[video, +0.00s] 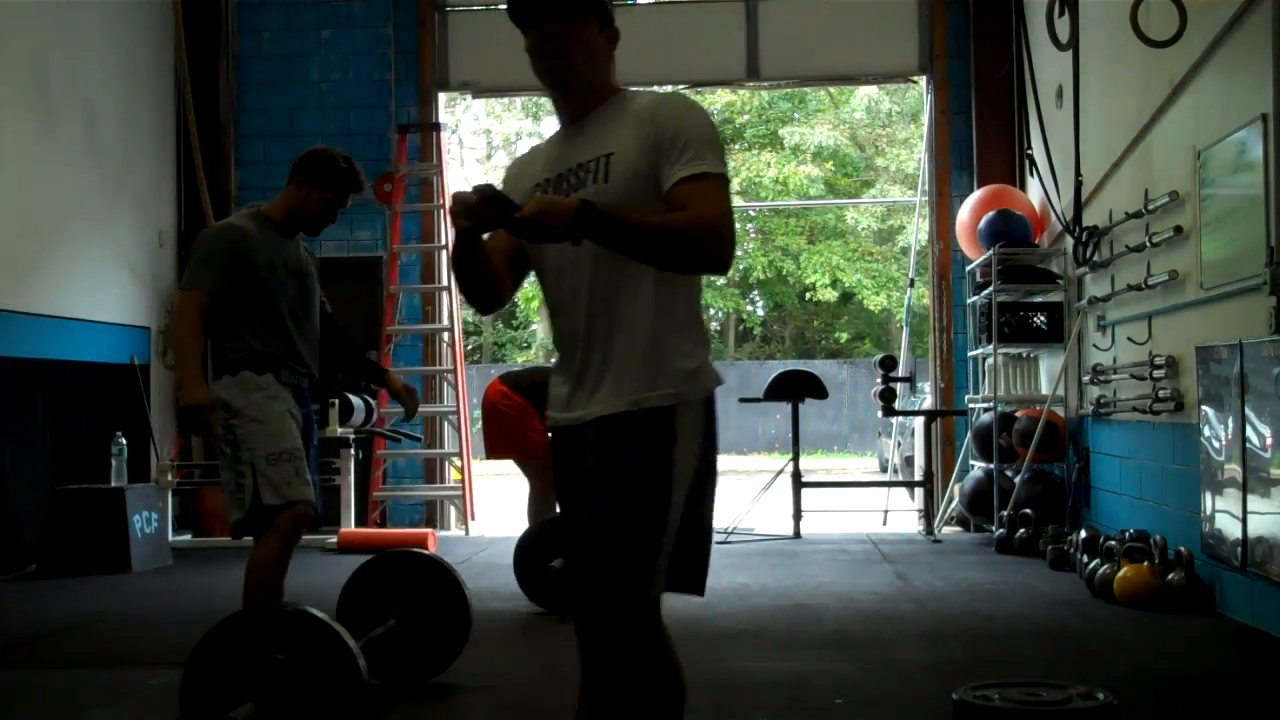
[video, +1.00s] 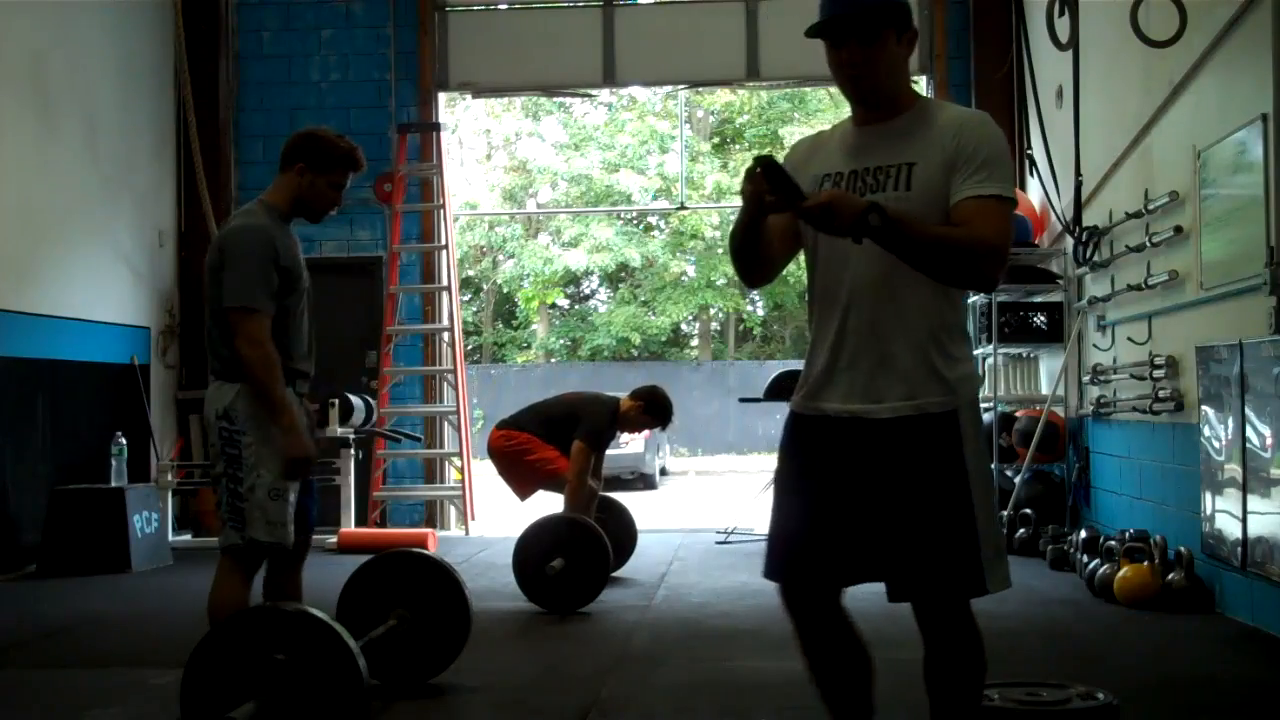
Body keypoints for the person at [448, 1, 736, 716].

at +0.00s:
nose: (546, 47)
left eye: (563, 29)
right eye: (534, 36)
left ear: (609, 35)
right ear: (526, 48)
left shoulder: (668, 117)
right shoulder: (528, 172)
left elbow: (713, 244)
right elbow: (489, 296)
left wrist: (582, 218)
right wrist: (465, 236)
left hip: (660, 399)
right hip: (576, 408)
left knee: (625, 613)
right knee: (602, 616)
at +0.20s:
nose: (600, 49)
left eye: (616, 31)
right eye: (588, 38)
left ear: (660, 36)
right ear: (581, 51)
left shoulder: (720, 118)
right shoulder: (583, 171)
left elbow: (764, 242)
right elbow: (541, 290)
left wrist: (635, 221)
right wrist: (525, 240)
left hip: (715, 396)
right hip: (628, 405)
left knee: (702, 613)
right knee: (651, 618)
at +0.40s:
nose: (674, 44)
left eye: (691, 27)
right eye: (662, 32)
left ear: (732, 37)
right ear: (652, 49)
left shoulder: (790, 129)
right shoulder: (644, 169)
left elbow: (826, 257)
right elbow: (595, 289)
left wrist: (705, 234)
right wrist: (586, 244)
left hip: (779, 409)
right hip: (677, 417)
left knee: (825, 612)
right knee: (669, 620)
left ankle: (903, 715)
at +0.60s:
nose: (759, 49)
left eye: (776, 32)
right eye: (745, 37)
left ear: (812, 46)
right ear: (732, 54)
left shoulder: (870, 138)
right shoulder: (719, 166)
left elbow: (907, 264)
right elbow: (663, 295)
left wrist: (789, 246)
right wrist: (667, 250)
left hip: (861, 419)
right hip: (753, 423)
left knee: (910, 616)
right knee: (715, 619)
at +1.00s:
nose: (847, 58)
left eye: (863, 40)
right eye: (836, 44)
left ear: (907, 40)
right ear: (824, 52)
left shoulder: (968, 135)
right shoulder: (809, 157)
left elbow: (983, 262)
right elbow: (755, 268)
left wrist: (869, 219)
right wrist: (752, 212)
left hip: (929, 407)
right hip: (827, 407)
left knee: (940, 601)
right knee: (802, 584)